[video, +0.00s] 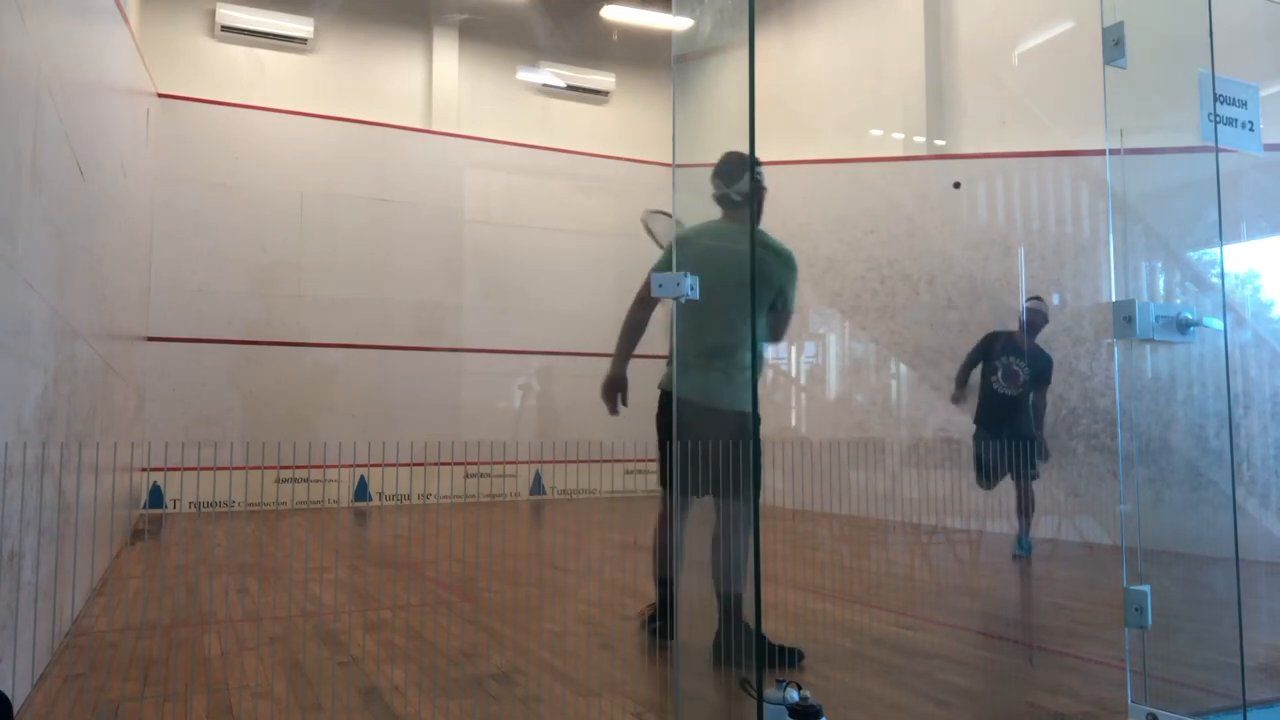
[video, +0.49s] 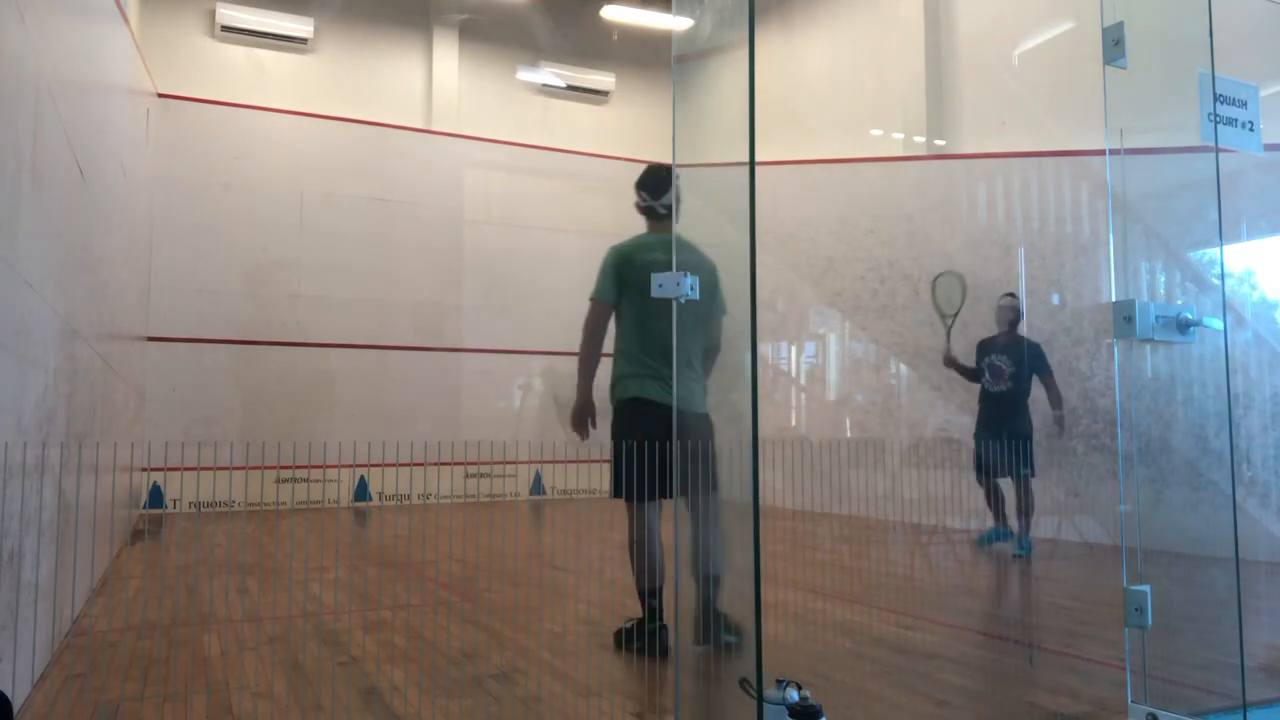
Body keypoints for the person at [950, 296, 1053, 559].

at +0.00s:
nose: (1030, 321)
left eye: (1037, 318)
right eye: (1027, 315)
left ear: (1044, 324)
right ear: (1020, 316)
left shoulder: (1043, 360)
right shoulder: (994, 341)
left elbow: (1040, 398)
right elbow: (968, 364)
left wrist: (1039, 434)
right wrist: (960, 388)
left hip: (1022, 427)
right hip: (990, 424)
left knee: (1023, 483)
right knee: (987, 481)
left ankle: (1023, 538)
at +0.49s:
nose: (1004, 313)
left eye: (1010, 309)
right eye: (1001, 308)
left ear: (1018, 315)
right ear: (995, 313)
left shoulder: (1030, 348)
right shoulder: (985, 346)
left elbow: (1048, 382)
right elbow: (979, 376)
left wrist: (1058, 412)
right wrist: (955, 365)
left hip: (1017, 421)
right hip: (988, 421)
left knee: (1020, 479)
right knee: (986, 477)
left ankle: (1024, 537)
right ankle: (1001, 528)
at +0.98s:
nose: (962, 333)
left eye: (966, 327)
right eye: (959, 328)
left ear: (978, 327)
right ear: (959, 329)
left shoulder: (996, 353)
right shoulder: (965, 358)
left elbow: (1024, 382)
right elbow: (960, 391)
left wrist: (1009, 413)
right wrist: (939, 400)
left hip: (992, 425)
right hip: (975, 425)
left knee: (972, 472)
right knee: (989, 477)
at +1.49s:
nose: (927, 336)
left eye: (931, 331)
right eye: (924, 332)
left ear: (943, 331)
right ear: (922, 332)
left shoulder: (956, 358)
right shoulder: (924, 357)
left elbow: (974, 394)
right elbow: (920, 389)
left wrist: (959, 418)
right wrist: (905, 415)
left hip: (948, 428)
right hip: (928, 428)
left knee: (938, 478)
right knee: (923, 477)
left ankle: (940, 530)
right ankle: (971, 510)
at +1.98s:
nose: (895, 340)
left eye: (899, 335)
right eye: (891, 335)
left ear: (909, 333)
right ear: (887, 336)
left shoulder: (925, 357)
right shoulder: (888, 361)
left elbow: (945, 386)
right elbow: (874, 391)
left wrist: (925, 398)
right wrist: (859, 418)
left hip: (919, 429)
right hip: (896, 428)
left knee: (920, 475)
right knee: (899, 477)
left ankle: (933, 528)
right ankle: (905, 525)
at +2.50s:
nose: (880, 336)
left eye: (884, 332)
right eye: (876, 332)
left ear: (894, 332)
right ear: (873, 334)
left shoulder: (910, 358)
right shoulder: (872, 364)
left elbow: (939, 382)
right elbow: (859, 394)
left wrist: (937, 396)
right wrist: (850, 417)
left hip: (907, 426)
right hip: (884, 427)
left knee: (906, 478)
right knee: (893, 480)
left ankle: (909, 528)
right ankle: (903, 524)